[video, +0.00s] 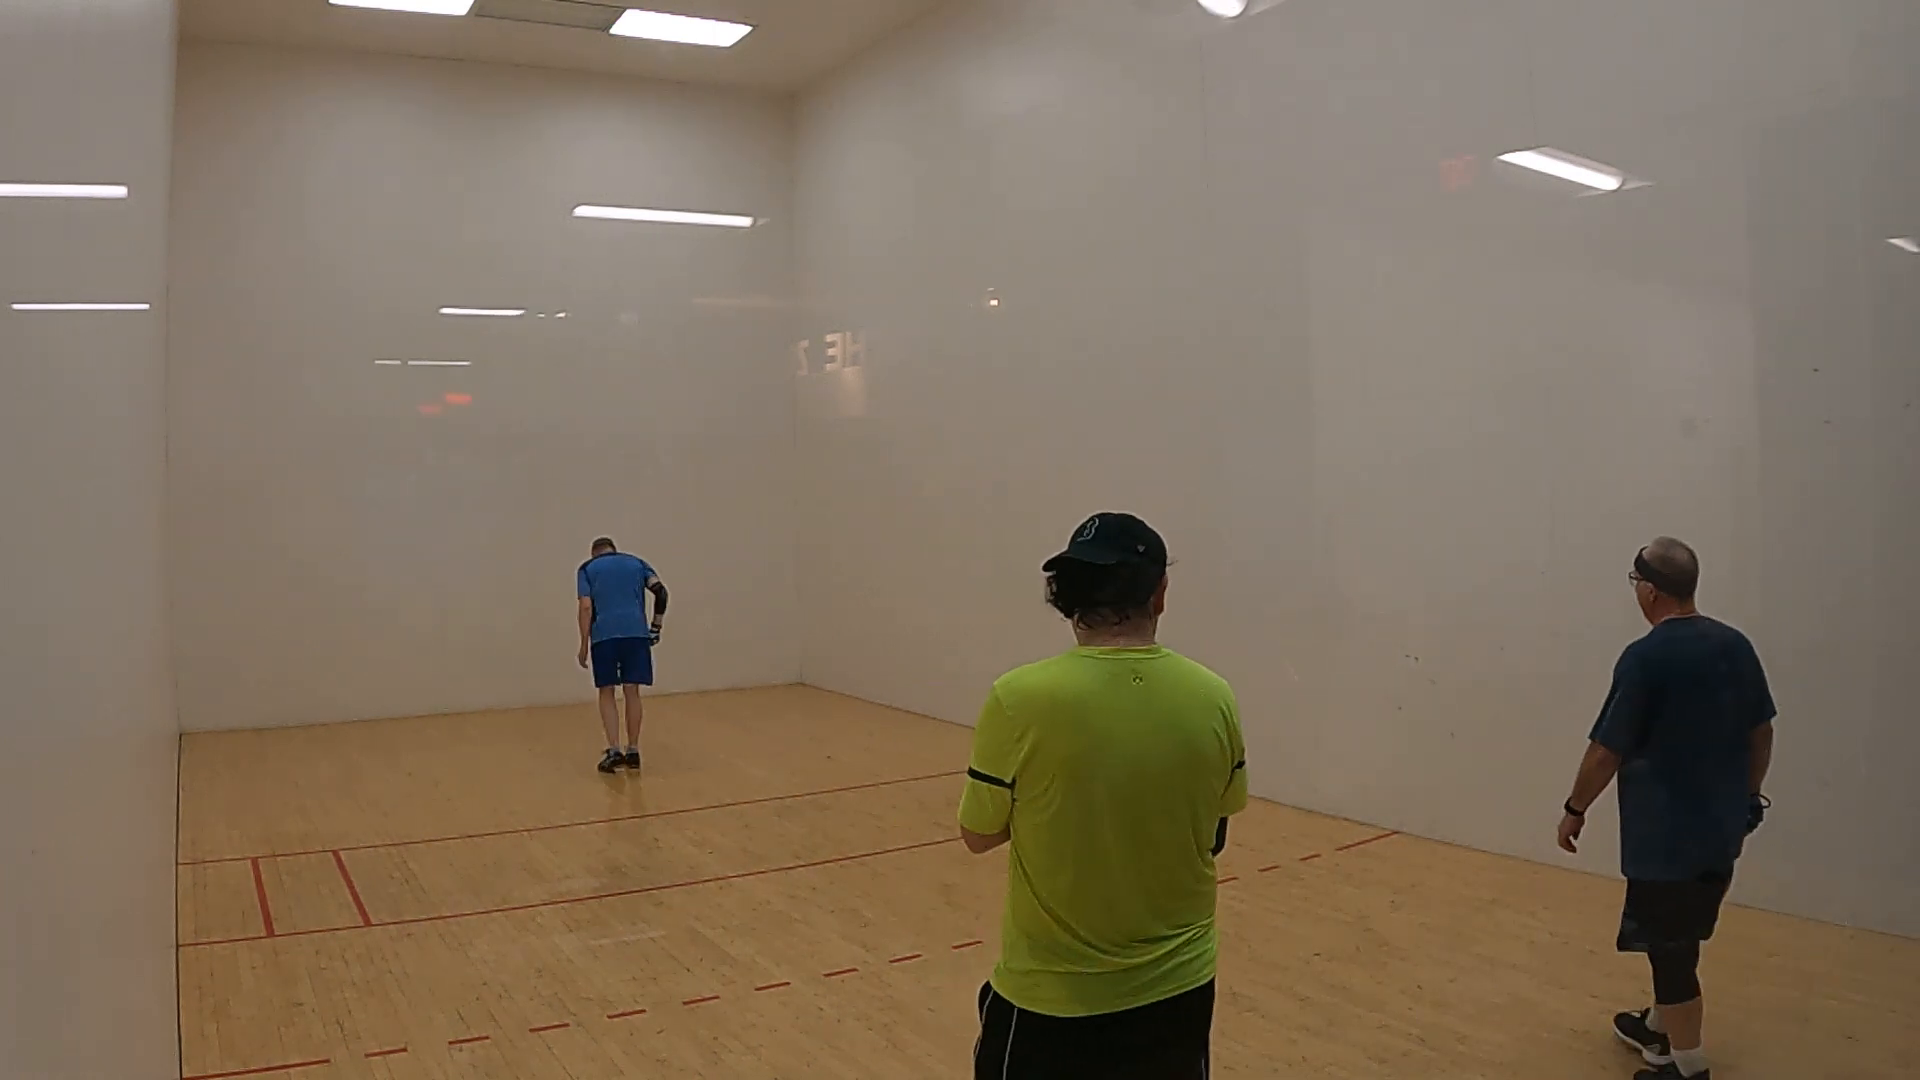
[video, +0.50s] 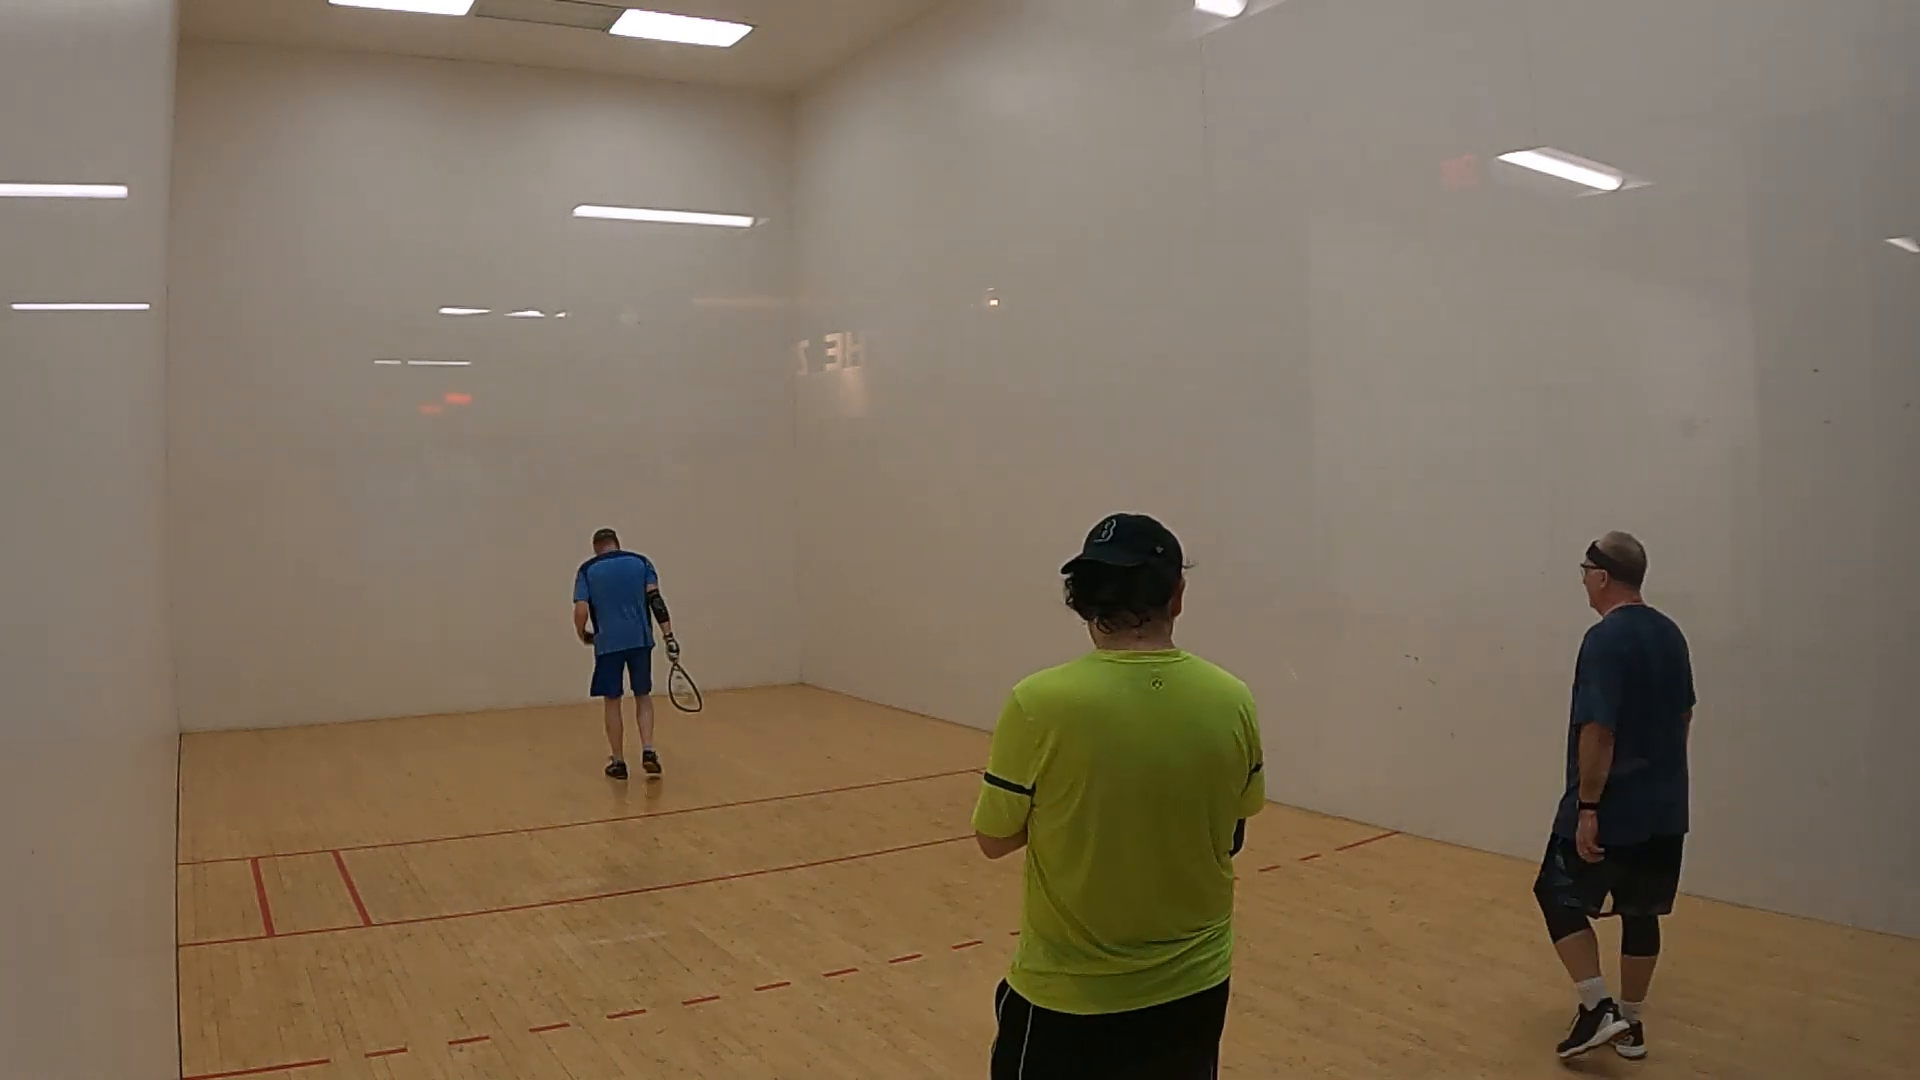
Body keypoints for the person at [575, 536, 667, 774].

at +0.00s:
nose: (595, 558)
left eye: (594, 555)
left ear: (593, 553)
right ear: (615, 550)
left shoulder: (587, 568)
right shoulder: (636, 562)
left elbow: (585, 606)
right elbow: (661, 592)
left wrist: (584, 643)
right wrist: (656, 626)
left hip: (604, 637)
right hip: (636, 634)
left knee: (606, 691)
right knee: (632, 690)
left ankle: (614, 750)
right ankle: (633, 749)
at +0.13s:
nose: (597, 560)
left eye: (595, 557)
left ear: (592, 556)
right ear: (614, 551)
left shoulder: (585, 573)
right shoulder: (634, 561)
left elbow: (583, 614)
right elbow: (660, 590)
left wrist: (587, 644)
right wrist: (662, 626)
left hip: (605, 640)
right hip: (636, 636)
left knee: (609, 697)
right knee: (634, 693)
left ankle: (617, 756)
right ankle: (634, 750)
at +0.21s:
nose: (598, 559)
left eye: (595, 556)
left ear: (590, 556)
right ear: (613, 550)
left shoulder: (583, 573)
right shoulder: (634, 560)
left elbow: (582, 618)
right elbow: (656, 589)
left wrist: (595, 638)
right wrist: (665, 626)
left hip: (605, 641)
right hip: (636, 636)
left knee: (611, 698)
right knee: (634, 693)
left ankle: (618, 759)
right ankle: (634, 750)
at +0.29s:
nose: (595, 557)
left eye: (593, 554)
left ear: (590, 555)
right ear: (612, 549)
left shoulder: (582, 573)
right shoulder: (634, 560)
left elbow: (583, 613)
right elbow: (654, 592)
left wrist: (600, 610)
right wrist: (669, 628)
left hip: (605, 642)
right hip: (637, 637)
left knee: (611, 698)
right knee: (636, 694)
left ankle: (618, 760)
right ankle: (637, 751)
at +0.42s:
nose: (597, 554)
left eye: (594, 551)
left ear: (592, 550)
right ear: (615, 545)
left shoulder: (584, 570)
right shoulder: (637, 560)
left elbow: (581, 612)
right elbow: (654, 597)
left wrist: (600, 621)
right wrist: (669, 633)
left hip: (607, 643)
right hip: (638, 638)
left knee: (611, 699)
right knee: (640, 694)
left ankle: (618, 760)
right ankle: (642, 753)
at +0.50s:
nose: (600, 553)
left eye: (597, 550)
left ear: (595, 548)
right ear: (618, 544)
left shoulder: (587, 569)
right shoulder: (641, 561)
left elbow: (581, 610)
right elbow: (656, 601)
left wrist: (582, 633)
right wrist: (669, 637)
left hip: (609, 645)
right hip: (640, 641)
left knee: (612, 701)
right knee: (643, 696)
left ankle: (618, 761)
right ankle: (648, 750)